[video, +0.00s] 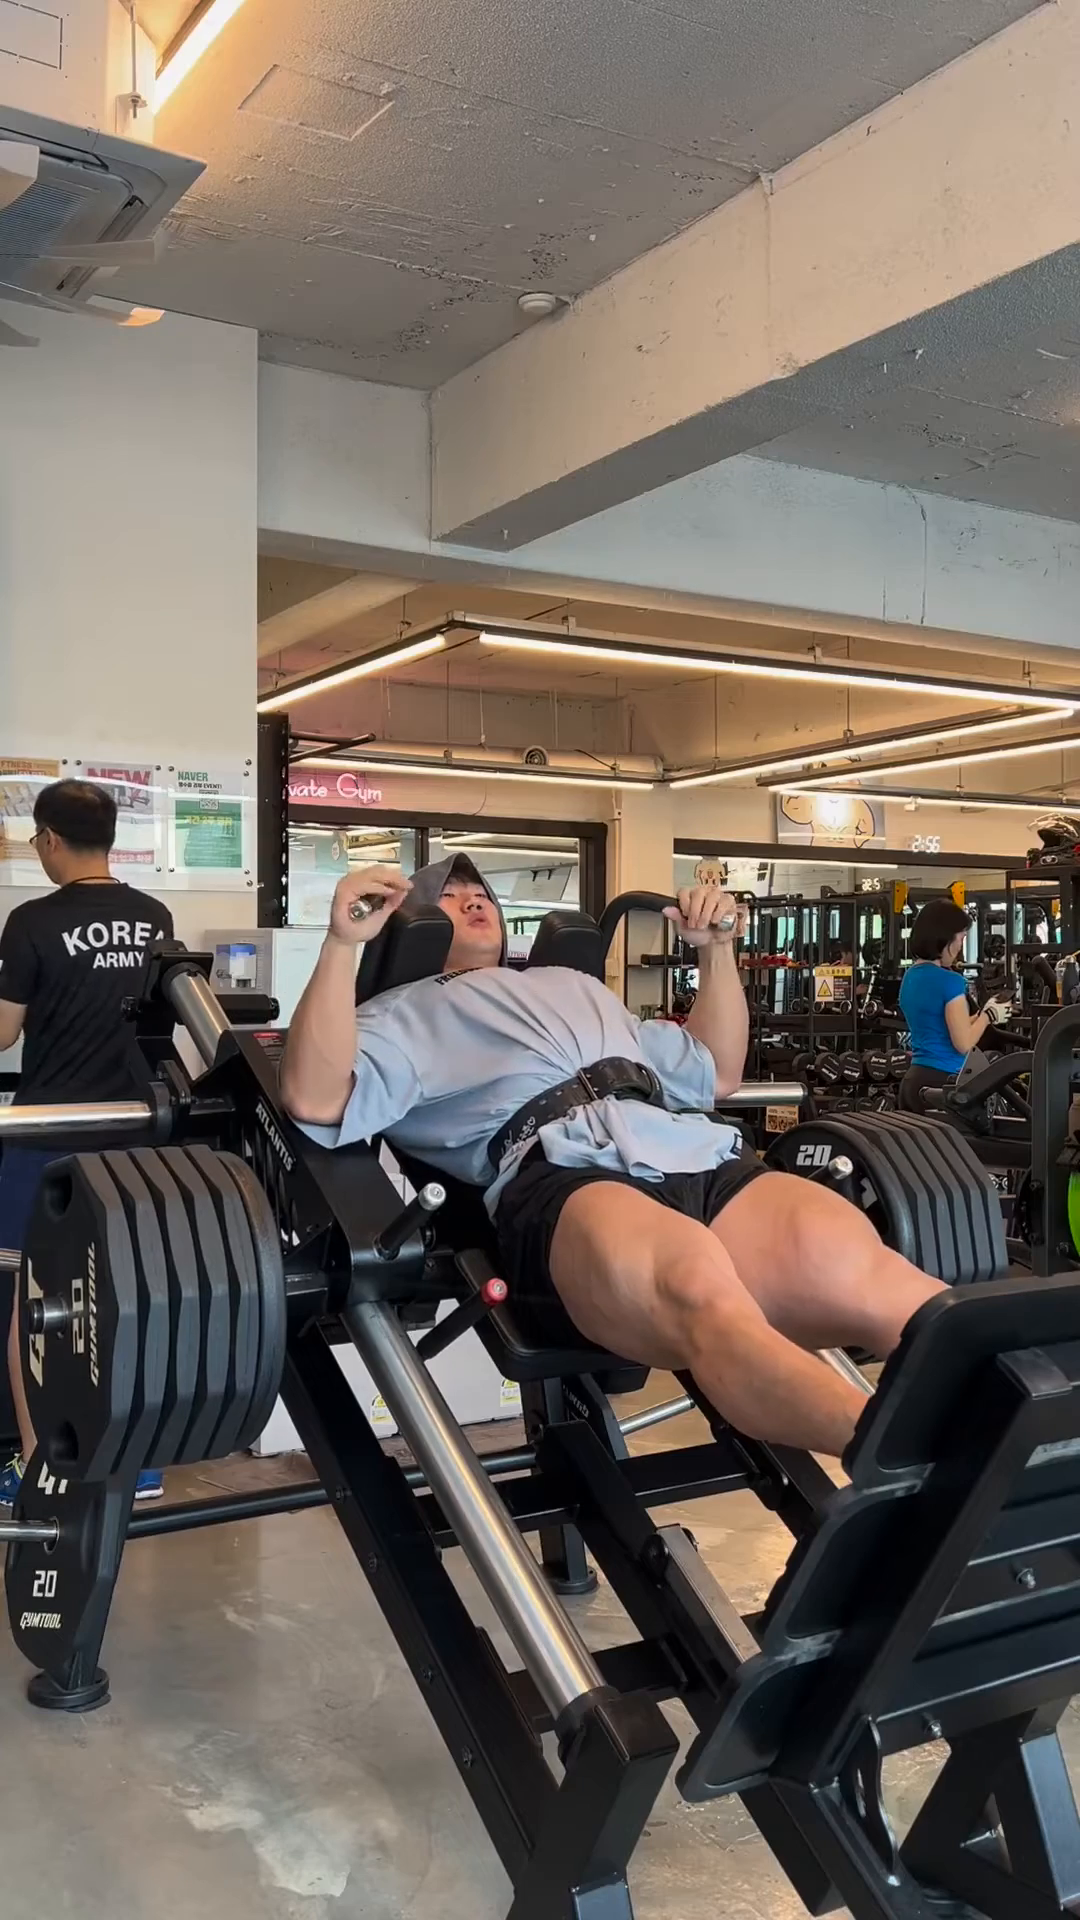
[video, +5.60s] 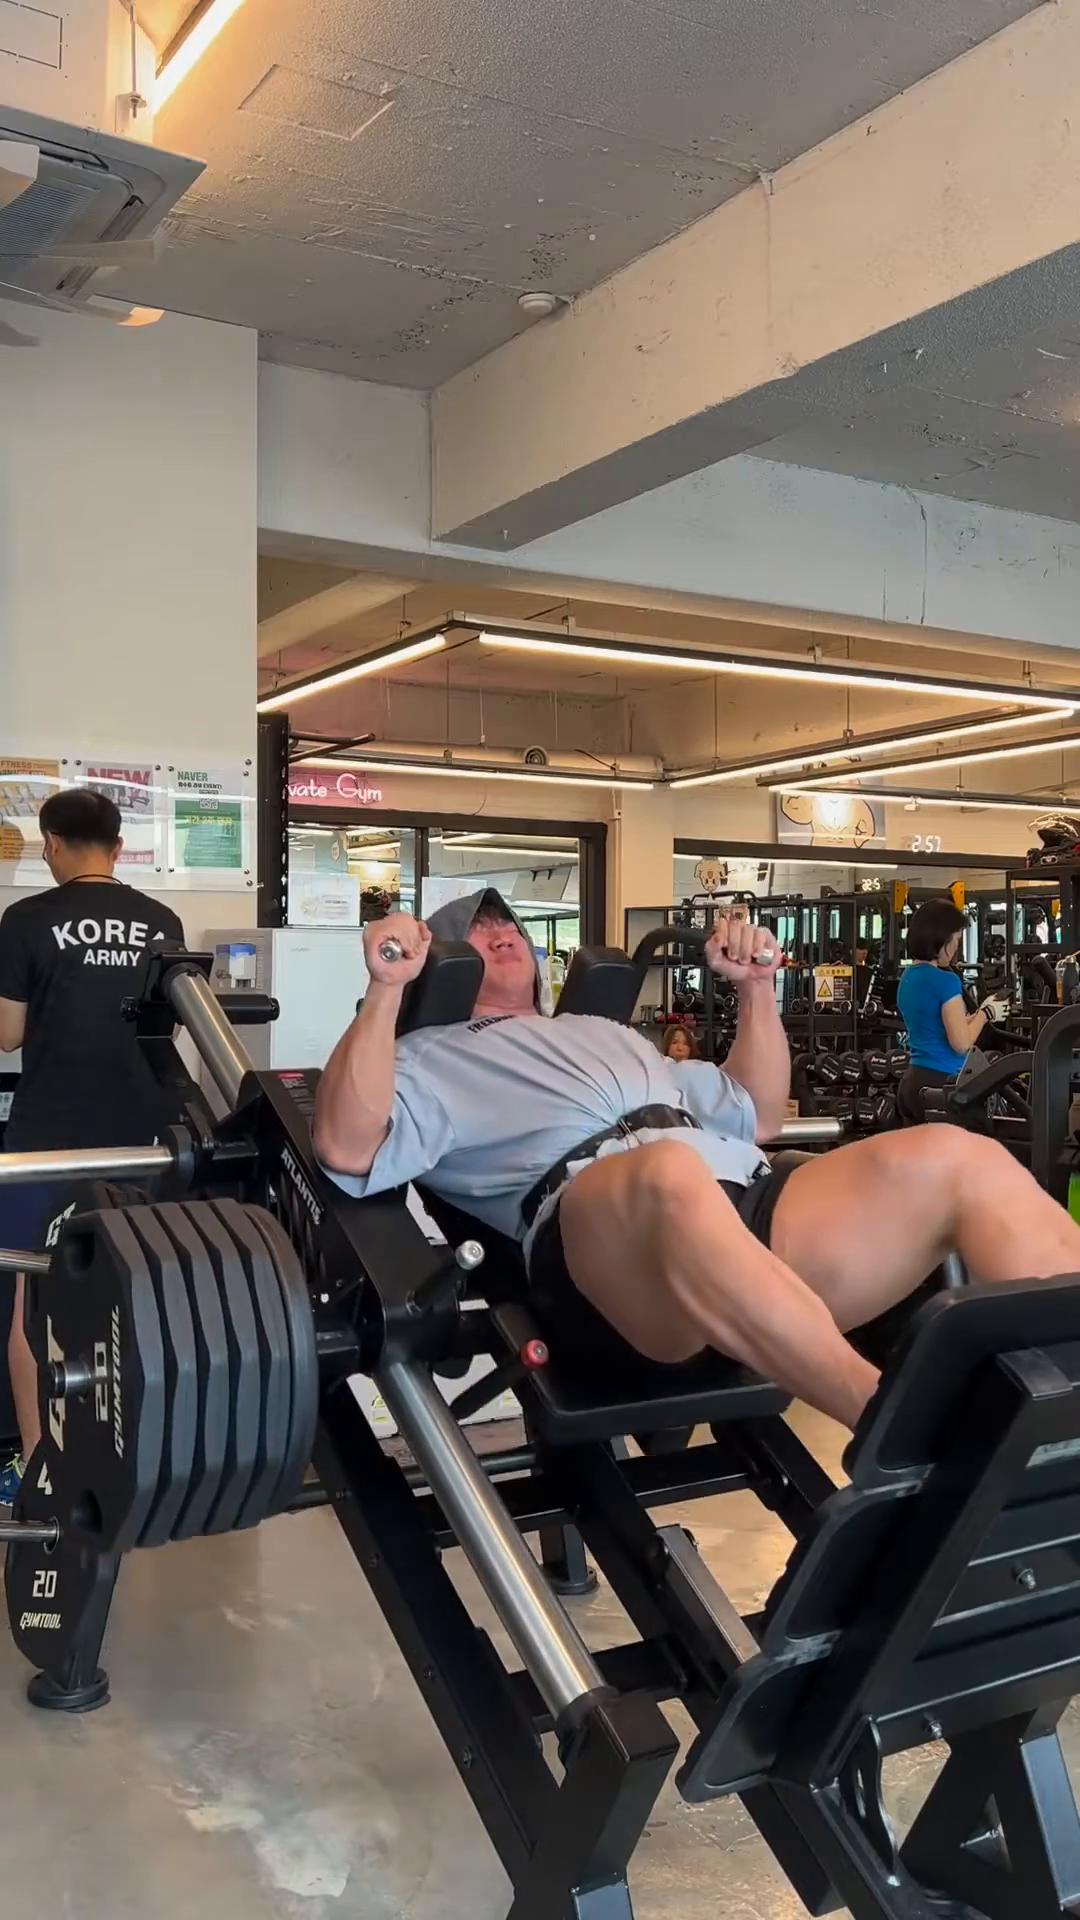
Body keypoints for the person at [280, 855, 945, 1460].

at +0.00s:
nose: (470, 902)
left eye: (482, 894)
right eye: (446, 896)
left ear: (504, 925)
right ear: (417, 936)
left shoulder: (577, 989)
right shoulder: (406, 1015)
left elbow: (712, 1073)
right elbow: (313, 1099)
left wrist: (716, 948)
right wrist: (342, 944)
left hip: (686, 1148)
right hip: (553, 1177)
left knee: (851, 1259)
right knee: (695, 1286)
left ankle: (1037, 1382)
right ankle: (896, 1451)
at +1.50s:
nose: (498, 938)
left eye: (507, 928)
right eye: (474, 935)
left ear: (530, 951)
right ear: (443, 974)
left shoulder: (606, 1021)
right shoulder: (433, 1053)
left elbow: (750, 1107)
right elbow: (342, 1142)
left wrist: (750, 982)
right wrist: (377, 987)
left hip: (745, 1217)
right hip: (590, 1266)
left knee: (950, 1177)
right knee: (672, 1190)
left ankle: (1076, 1383)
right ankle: (898, 1428)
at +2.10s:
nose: (540, 984)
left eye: (547, 973)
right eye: (516, 978)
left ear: (571, 1003)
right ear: (477, 1024)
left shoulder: (654, 1078)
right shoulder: (470, 1115)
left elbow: (804, 1170)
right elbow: (383, 1216)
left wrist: (806, 1035)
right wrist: (424, 1047)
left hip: (813, 1307)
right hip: (663, 1370)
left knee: (995, 1153)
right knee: (671, 1166)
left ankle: (1068, 1391)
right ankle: (886, 1412)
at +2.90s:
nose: (605, 1053)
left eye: (610, 1039)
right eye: (574, 1043)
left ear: (634, 1070)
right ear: (534, 1082)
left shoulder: (727, 1164)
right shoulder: (529, 1207)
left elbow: (879, 1238)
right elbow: (446, 1324)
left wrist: (889, 1117)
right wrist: (491, 1136)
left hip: (892, 1372)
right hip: (751, 1465)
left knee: (1011, 1146)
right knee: (669, 1169)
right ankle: (887, 1412)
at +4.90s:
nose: (587, 1030)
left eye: (592, 1017)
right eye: (557, 1022)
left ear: (616, 1050)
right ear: (516, 1062)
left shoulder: (685, 1147)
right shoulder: (513, 1179)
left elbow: (857, 1219)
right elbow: (428, 1289)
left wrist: (864, 1094)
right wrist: (475, 1110)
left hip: (878, 1400)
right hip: (727, 1450)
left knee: (992, 1140)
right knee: (691, 1143)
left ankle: (1070, 1396)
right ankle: (898, 1407)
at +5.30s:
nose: (544, 980)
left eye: (552, 972)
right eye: (521, 975)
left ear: (576, 1003)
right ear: (486, 1018)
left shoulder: (646, 1084)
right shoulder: (470, 1120)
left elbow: (808, 1167)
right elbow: (385, 1215)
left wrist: (806, 1038)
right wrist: (427, 1047)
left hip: (811, 1307)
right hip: (667, 1367)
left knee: (994, 1137)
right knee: (682, 1150)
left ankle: (1074, 1377)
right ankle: (894, 1414)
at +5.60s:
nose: (508, 934)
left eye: (514, 927)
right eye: (486, 929)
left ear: (534, 958)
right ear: (451, 972)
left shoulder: (609, 1038)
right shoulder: (429, 1059)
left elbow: (757, 1116)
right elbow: (347, 1150)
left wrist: (755, 991)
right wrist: (383, 995)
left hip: (749, 1221)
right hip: (595, 1266)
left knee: (959, 1161)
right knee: (667, 1173)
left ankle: (1071, 1382)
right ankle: (897, 1423)